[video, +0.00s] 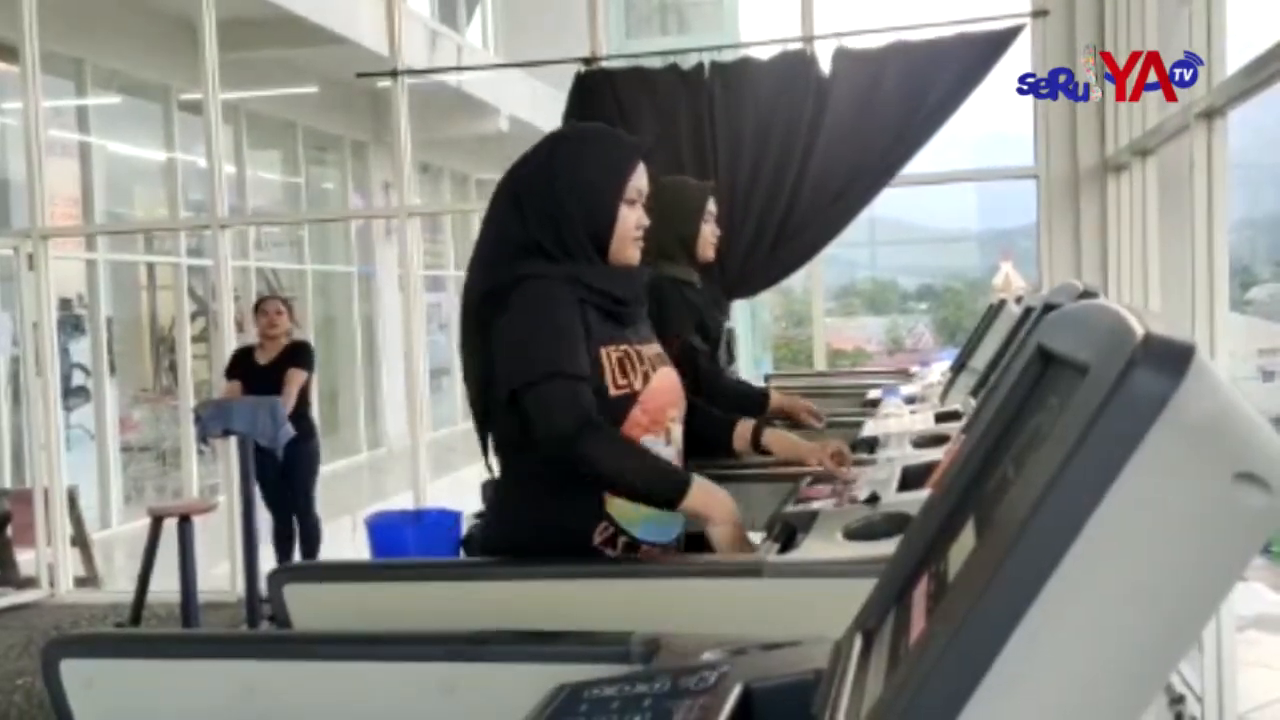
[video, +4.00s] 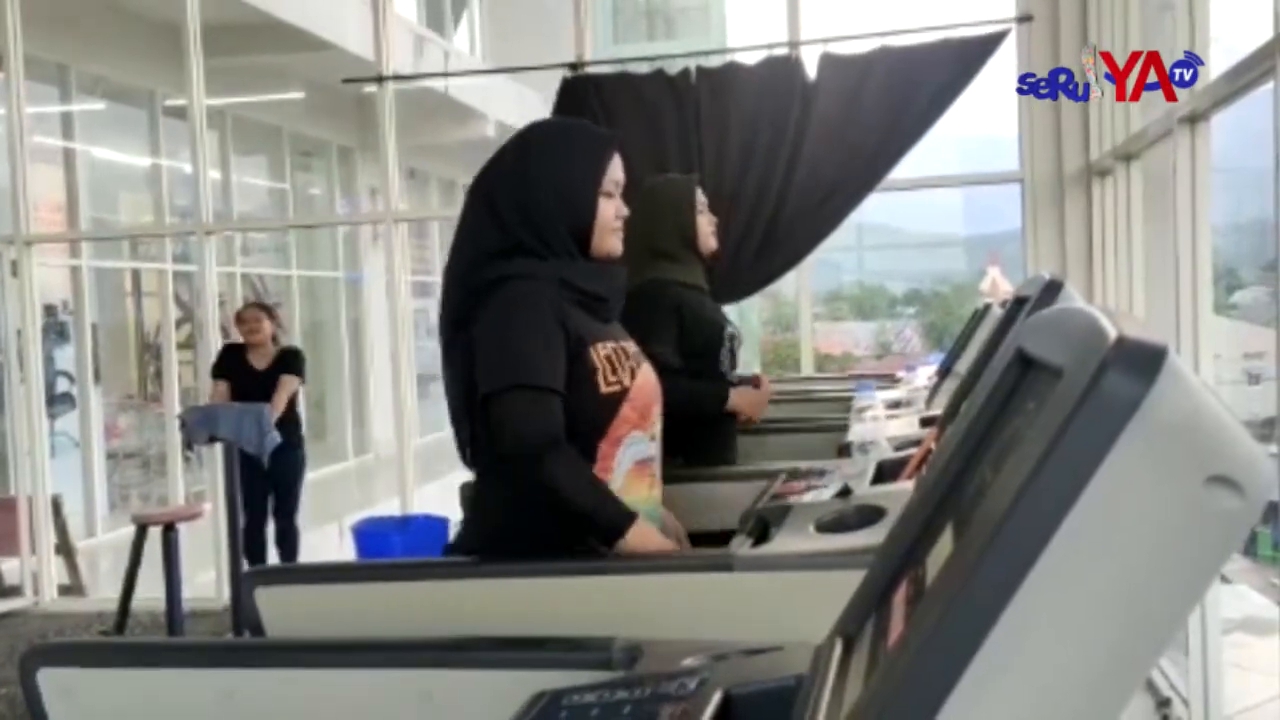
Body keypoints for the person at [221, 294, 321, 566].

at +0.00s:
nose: (272, 319)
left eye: (278, 313)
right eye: (264, 314)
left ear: (289, 319)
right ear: (256, 321)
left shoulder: (300, 350)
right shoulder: (242, 356)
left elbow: (291, 390)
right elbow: (231, 396)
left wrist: (276, 422)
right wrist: (221, 422)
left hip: (298, 435)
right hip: (260, 437)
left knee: (302, 504)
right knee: (280, 510)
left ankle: (309, 568)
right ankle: (284, 570)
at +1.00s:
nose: (264, 318)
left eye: (270, 312)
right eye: (257, 314)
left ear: (282, 317)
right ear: (248, 321)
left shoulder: (298, 350)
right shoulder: (239, 350)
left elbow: (291, 389)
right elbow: (229, 393)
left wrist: (273, 418)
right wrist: (242, 417)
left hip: (293, 431)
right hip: (254, 431)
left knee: (288, 506)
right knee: (262, 504)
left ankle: (292, 568)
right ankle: (269, 567)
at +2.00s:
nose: (254, 318)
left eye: (263, 313)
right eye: (251, 313)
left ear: (279, 320)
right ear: (246, 319)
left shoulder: (284, 350)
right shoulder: (242, 357)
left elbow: (283, 399)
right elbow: (226, 395)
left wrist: (267, 430)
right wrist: (210, 420)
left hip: (287, 434)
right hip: (260, 437)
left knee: (289, 504)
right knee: (280, 506)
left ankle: (294, 566)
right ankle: (294, 564)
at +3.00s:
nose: (245, 327)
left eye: (251, 321)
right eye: (242, 322)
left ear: (271, 324)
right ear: (238, 327)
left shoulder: (291, 361)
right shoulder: (230, 362)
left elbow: (283, 403)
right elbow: (218, 404)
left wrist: (263, 432)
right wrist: (210, 429)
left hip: (286, 444)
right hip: (247, 445)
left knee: (286, 513)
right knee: (257, 517)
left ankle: (293, 574)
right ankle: (261, 577)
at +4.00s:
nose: (251, 329)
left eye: (257, 322)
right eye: (245, 324)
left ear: (272, 324)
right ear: (238, 329)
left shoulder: (290, 357)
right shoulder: (230, 354)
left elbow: (282, 396)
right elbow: (220, 396)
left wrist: (263, 428)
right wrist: (217, 428)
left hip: (285, 439)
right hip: (246, 440)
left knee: (285, 513)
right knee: (254, 514)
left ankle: (288, 572)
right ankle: (257, 574)